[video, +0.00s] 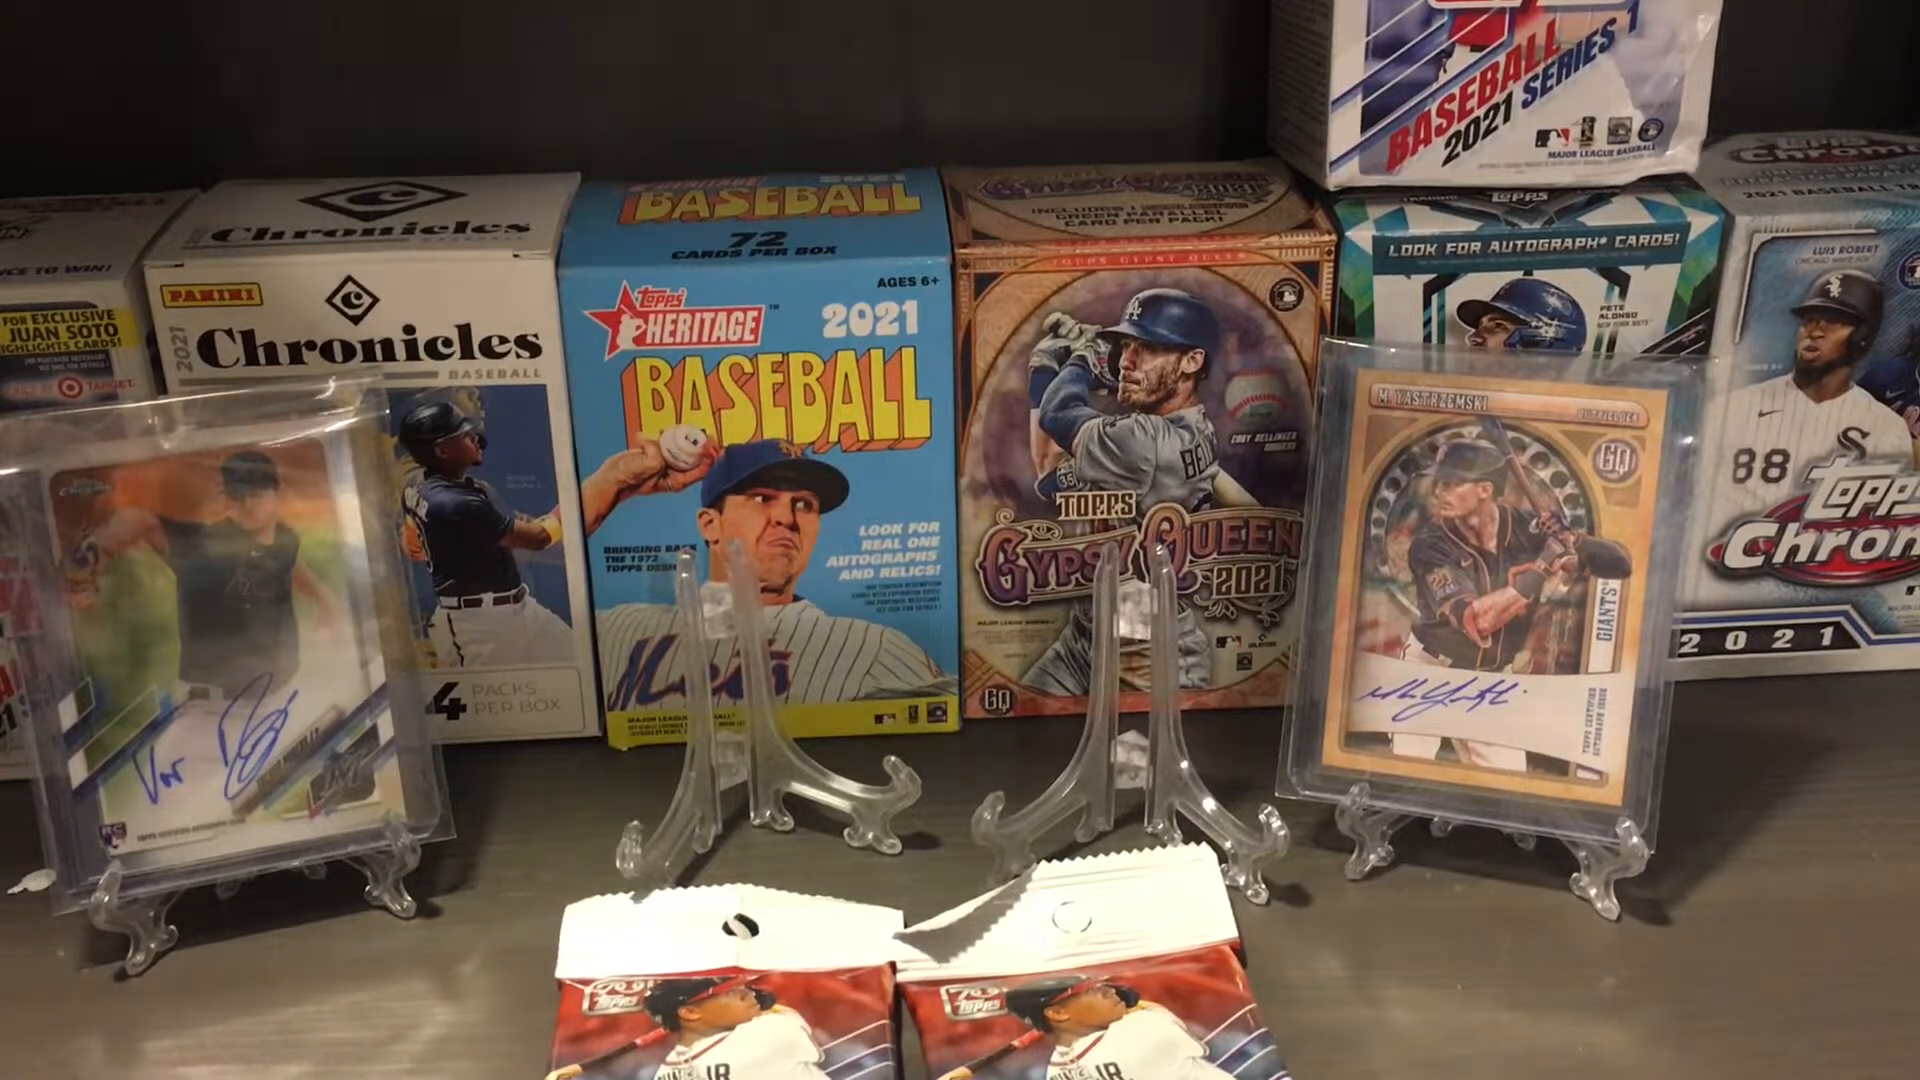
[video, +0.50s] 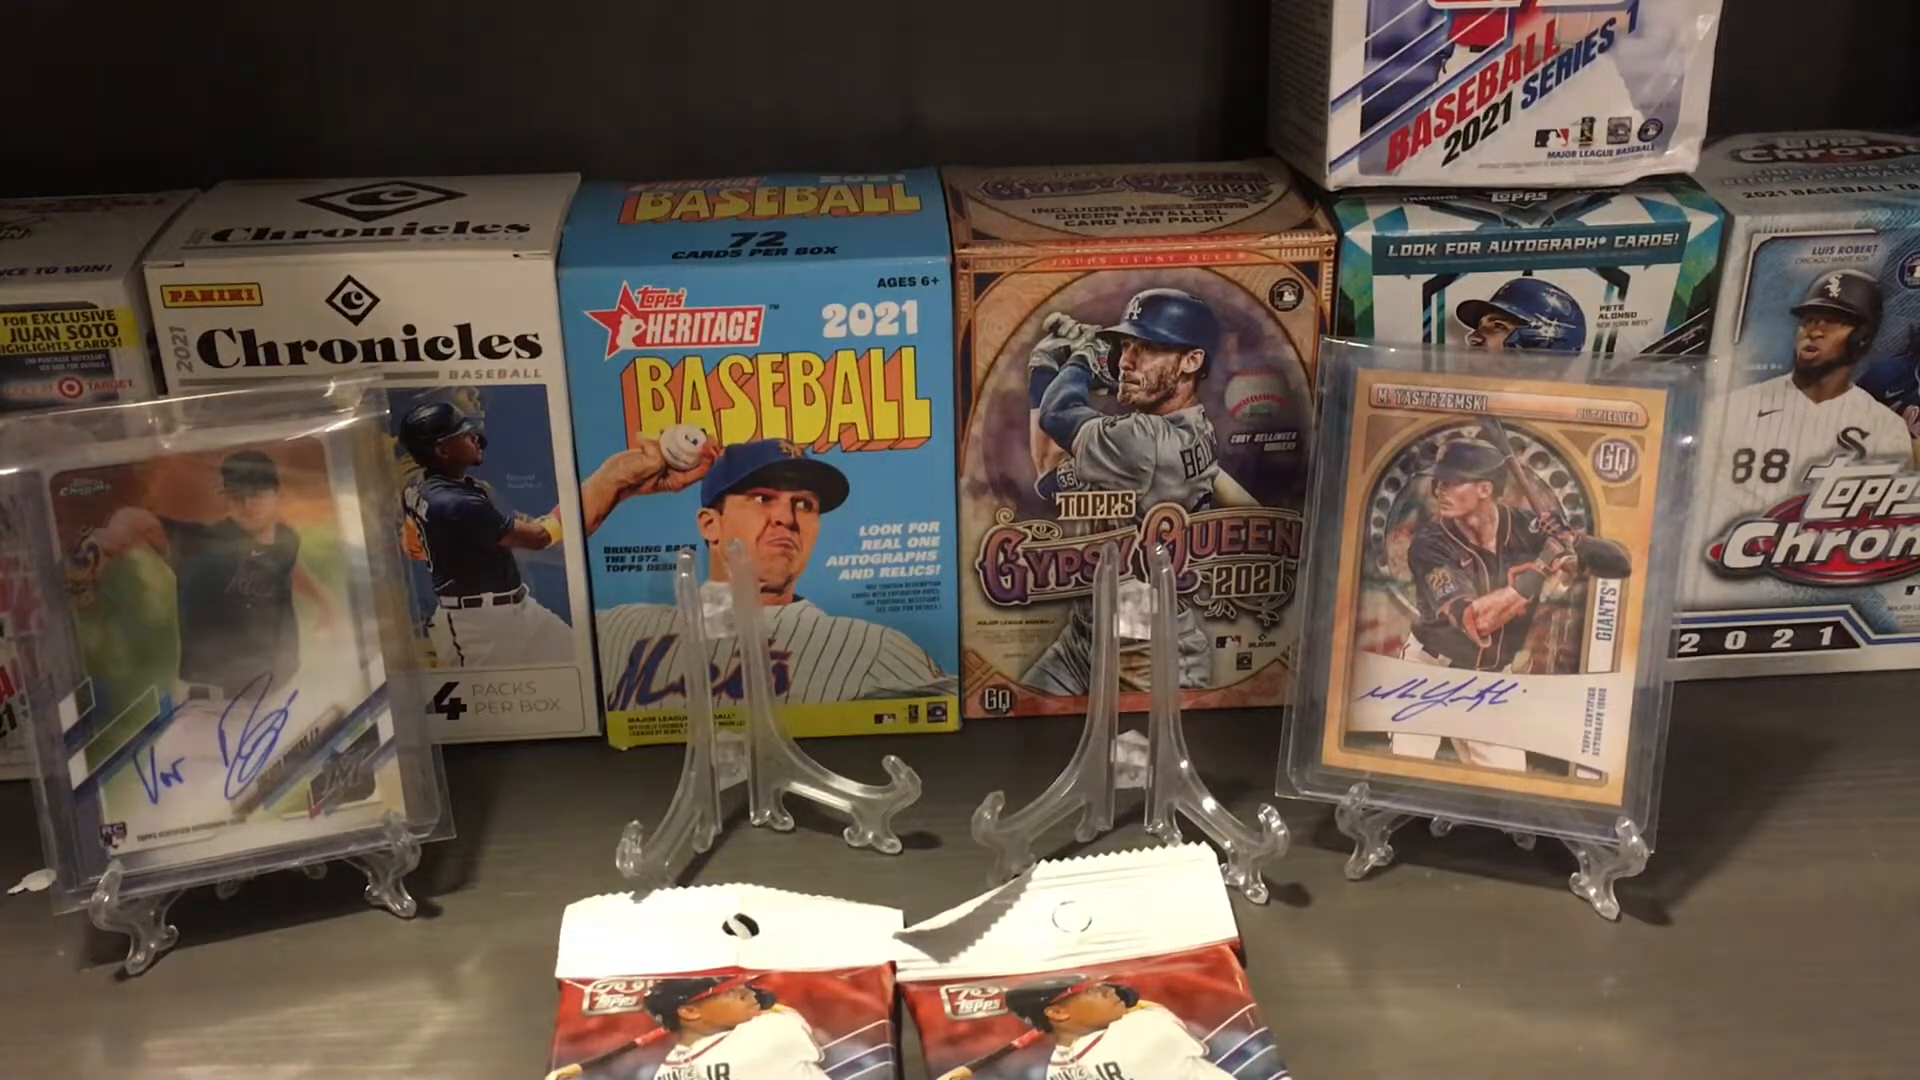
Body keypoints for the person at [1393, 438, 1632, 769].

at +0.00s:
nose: (1440, 492)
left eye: (1452, 485)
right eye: (1439, 484)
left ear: (1485, 490)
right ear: (1436, 486)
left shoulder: (1526, 528)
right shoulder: (1430, 542)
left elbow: (1622, 563)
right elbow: (1474, 622)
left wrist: (1575, 547)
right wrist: (1540, 570)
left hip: (1495, 676)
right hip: (1430, 669)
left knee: (1509, 788)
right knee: (1412, 772)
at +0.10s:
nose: (1439, 493)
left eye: (1451, 485)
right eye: (1439, 484)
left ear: (1484, 491)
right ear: (1436, 486)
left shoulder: (1526, 528)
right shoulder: (1430, 541)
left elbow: (1622, 564)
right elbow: (1474, 622)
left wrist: (1574, 545)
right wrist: (1539, 569)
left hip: (1495, 676)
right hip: (1429, 669)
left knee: (1509, 789)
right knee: (1411, 773)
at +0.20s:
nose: (1439, 493)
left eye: (1451, 485)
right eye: (1439, 484)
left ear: (1484, 491)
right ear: (1435, 486)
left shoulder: (1526, 528)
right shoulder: (1430, 541)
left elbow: (1622, 564)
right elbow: (1473, 622)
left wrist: (1574, 544)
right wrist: (1539, 569)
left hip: (1494, 677)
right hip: (1428, 669)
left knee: (1509, 789)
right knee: (1412, 773)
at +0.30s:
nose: (1439, 493)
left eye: (1451, 485)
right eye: (1439, 484)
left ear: (1485, 491)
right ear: (1436, 487)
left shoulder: (1526, 529)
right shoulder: (1430, 542)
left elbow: (1622, 564)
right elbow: (1474, 622)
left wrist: (1575, 545)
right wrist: (1540, 570)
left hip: (1495, 676)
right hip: (1430, 669)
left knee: (1509, 789)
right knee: (1412, 772)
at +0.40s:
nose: (1439, 493)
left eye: (1451, 485)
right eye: (1439, 484)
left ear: (1484, 491)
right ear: (1436, 486)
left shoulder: (1526, 529)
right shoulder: (1430, 542)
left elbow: (1622, 563)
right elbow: (1474, 622)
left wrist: (1574, 547)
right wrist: (1540, 569)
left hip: (1495, 676)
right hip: (1430, 669)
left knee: (1509, 790)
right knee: (1411, 772)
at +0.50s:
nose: (1439, 491)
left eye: (1451, 484)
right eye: (1439, 483)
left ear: (1484, 490)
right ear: (1436, 485)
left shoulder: (1526, 528)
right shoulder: (1430, 540)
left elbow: (1621, 562)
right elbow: (1474, 622)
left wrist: (1574, 550)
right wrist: (1540, 567)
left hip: (1493, 677)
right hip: (1429, 670)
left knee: (1509, 788)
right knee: (1409, 775)